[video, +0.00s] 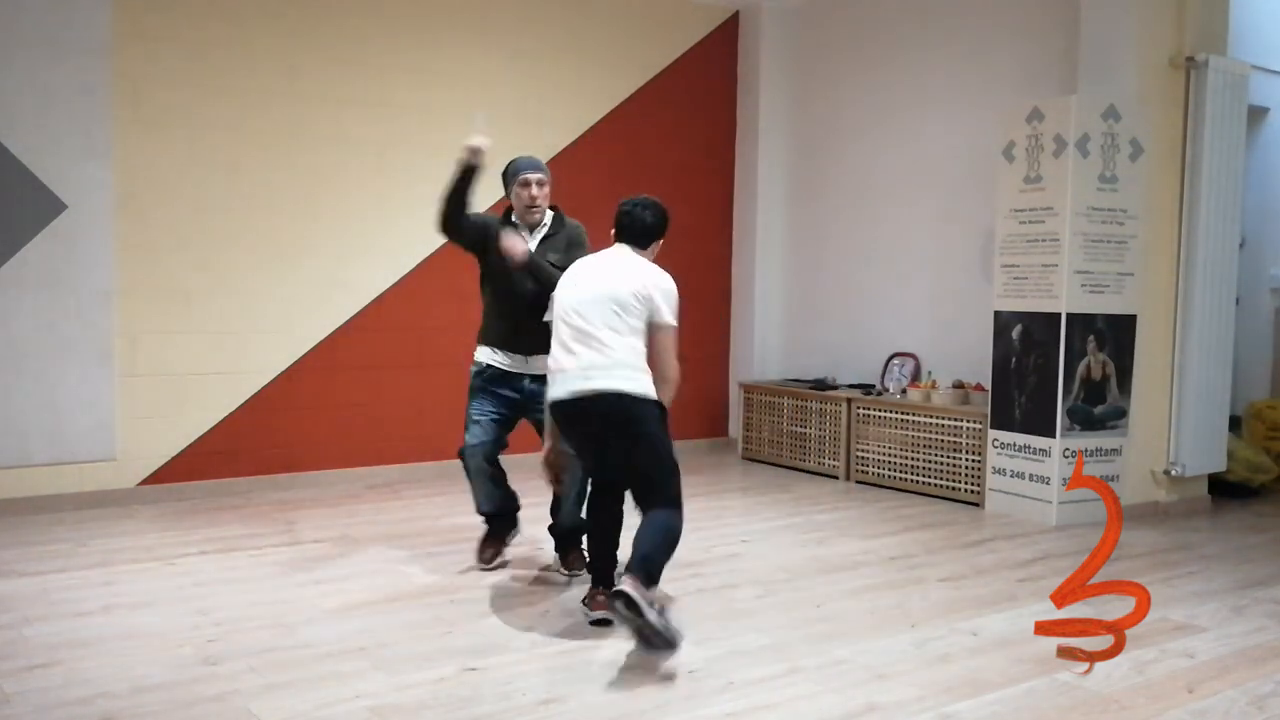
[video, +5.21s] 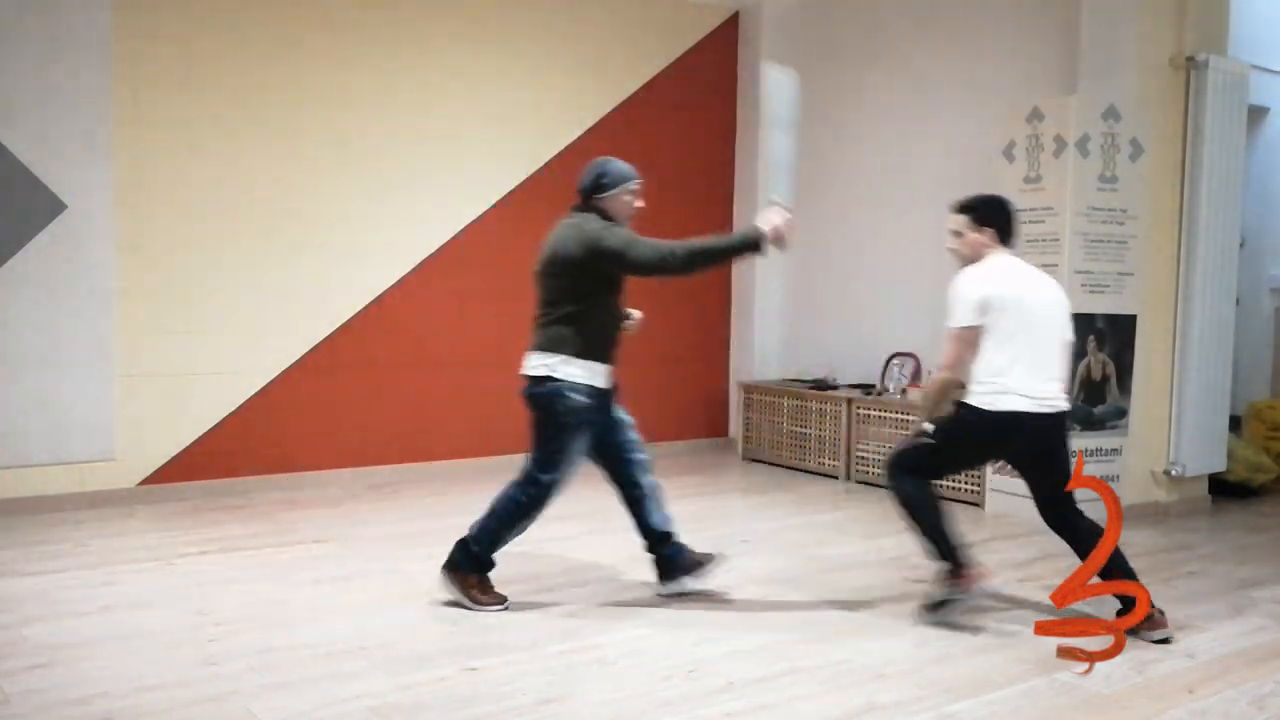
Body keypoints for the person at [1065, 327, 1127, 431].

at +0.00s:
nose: (1087, 345)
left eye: (1091, 342)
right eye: (1088, 342)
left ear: (1098, 344)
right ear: (1088, 345)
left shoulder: (1108, 364)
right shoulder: (1083, 365)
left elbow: (1113, 390)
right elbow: (1076, 391)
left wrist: (1106, 406)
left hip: (1103, 406)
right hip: (1086, 405)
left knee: (1121, 411)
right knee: (1071, 410)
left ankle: (1086, 425)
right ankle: (1102, 425)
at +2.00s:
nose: (1088, 345)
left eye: (1091, 342)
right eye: (1088, 342)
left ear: (1098, 344)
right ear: (1087, 344)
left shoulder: (1108, 364)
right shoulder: (1084, 364)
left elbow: (1114, 390)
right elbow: (1076, 390)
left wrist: (1109, 406)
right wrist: (1070, 409)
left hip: (1102, 406)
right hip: (1085, 405)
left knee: (1121, 411)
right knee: (1071, 410)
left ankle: (1086, 425)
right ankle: (1100, 425)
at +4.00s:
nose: (1088, 345)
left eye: (1091, 342)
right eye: (1088, 342)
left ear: (1099, 344)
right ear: (1087, 344)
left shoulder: (1108, 365)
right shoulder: (1084, 364)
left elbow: (1114, 392)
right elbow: (1076, 390)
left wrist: (1106, 407)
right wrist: (1071, 408)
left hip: (1103, 406)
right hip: (1086, 406)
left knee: (1122, 411)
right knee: (1071, 410)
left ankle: (1086, 425)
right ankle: (1099, 425)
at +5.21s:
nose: (1088, 345)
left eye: (1091, 341)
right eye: (1088, 342)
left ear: (1098, 344)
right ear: (1087, 345)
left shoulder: (1108, 364)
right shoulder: (1084, 364)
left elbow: (1113, 388)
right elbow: (1077, 386)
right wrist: (1071, 402)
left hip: (1102, 405)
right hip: (1085, 405)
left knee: (1121, 411)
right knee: (1071, 409)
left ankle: (1087, 423)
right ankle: (1098, 423)